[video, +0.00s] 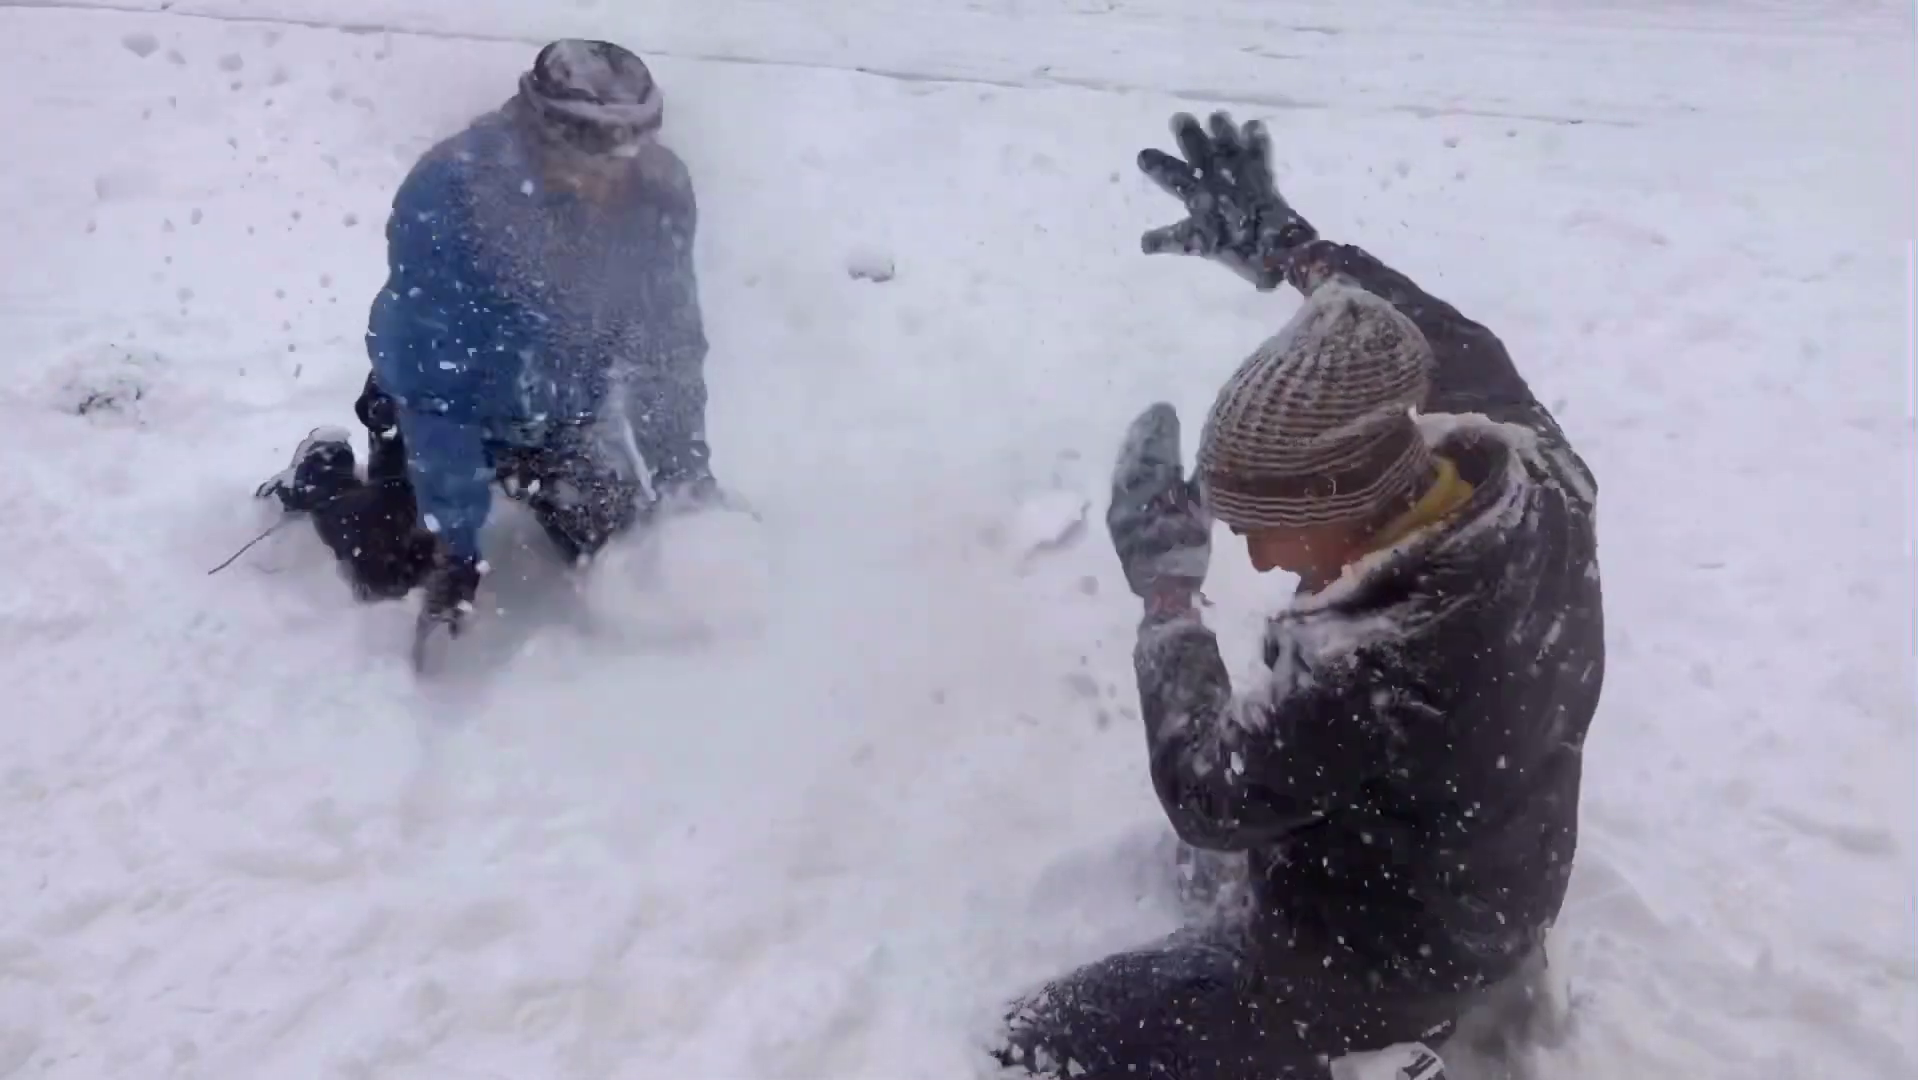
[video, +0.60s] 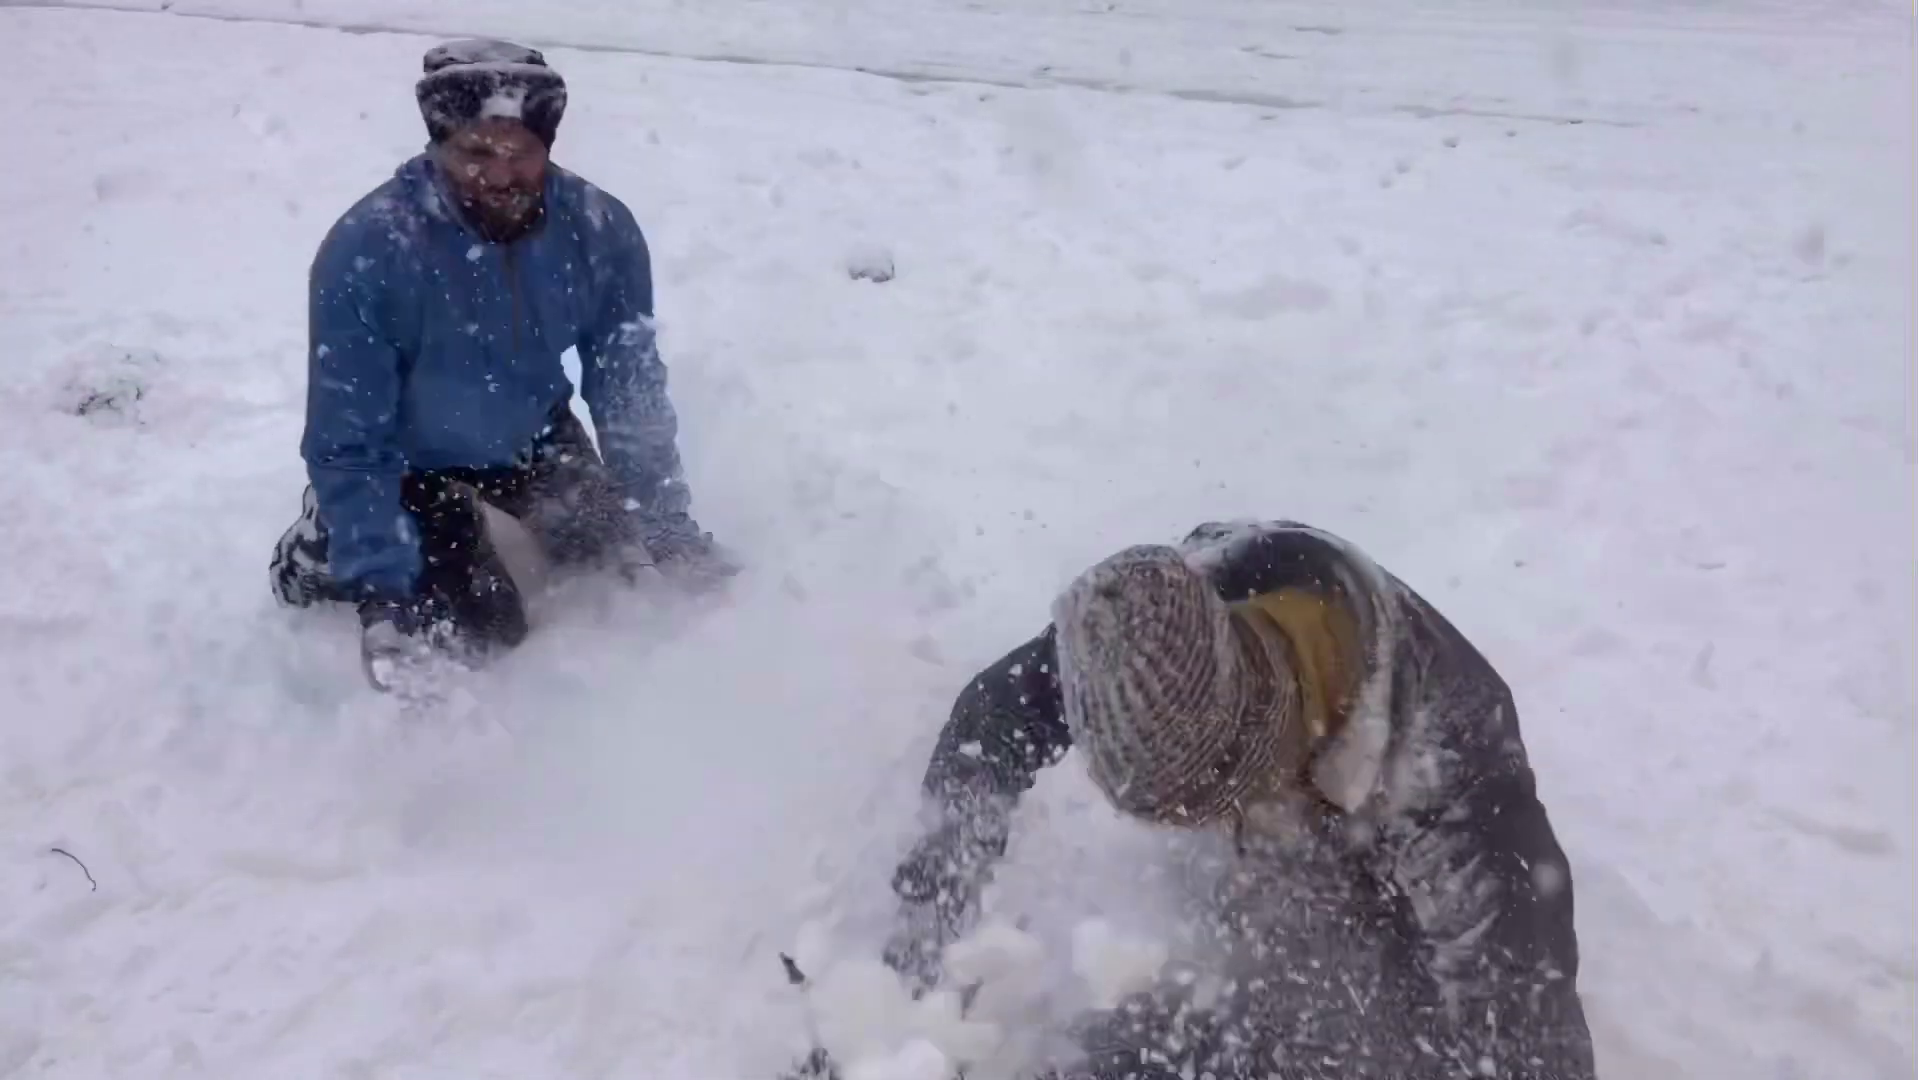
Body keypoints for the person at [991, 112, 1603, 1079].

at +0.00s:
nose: (1259, 559)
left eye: (1264, 534)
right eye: (1249, 535)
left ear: (1344, 511)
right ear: (1406, 444)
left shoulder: (1380, 678)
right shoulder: (1529, 472)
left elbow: (1207, 797)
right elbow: (1448, 343)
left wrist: (1169, 588)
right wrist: (1288, 246)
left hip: (1398, 961)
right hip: (1502, 872)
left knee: (1038, 1042)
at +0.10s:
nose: (1285, 584)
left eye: (1296, 563)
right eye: (1280, 560)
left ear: (1366, 549)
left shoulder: (1413, 724)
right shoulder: (1512, 479)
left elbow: (1238, 870)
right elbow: (1390, 370)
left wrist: (1136, 674)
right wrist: (1200, 311)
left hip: (1415, 967)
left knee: (1062, 1040)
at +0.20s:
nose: (1263, 603)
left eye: (1275, 589)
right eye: (1251, 576)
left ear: (1336, 594)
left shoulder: (1474, 784)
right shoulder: (1445, 483)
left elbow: (1310, 979)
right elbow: (1288, 410)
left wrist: (1124, 798)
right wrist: (1081, 416)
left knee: (1062, 1044)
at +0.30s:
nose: (1258, 621)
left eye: (1273, 604)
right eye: (1243, 589)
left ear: (1347, 583)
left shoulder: (1530, 739)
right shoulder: (1366, 494)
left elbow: (1380, 1012)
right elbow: (1260, 432)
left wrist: (1128, 870)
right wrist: (1044, 490)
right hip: (1325, 832)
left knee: (1061, 1046)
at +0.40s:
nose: (1262, 697)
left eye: (1280, 675)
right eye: (1234, 672)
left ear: (1344, 622)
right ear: (1207, 592)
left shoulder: (1523, 735)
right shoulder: (1271, 535)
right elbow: (1139, 496)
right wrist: (985, 647)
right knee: (1108, 892)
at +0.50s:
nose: (1250, 752)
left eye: (1254, 726)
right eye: (1227, 736)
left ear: (1308, 670)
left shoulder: (1498, 745)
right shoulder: (1247, 565)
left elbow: (1501, 1041)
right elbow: (1053, 610)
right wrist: (951, 817)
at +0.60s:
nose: (1198, 820)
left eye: (1208, 798)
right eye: (1171, 809)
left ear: (1250, 723)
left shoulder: (1438, 737)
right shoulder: (1148, 634)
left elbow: (1517, 1020)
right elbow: (993, 721)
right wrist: (920, 947)